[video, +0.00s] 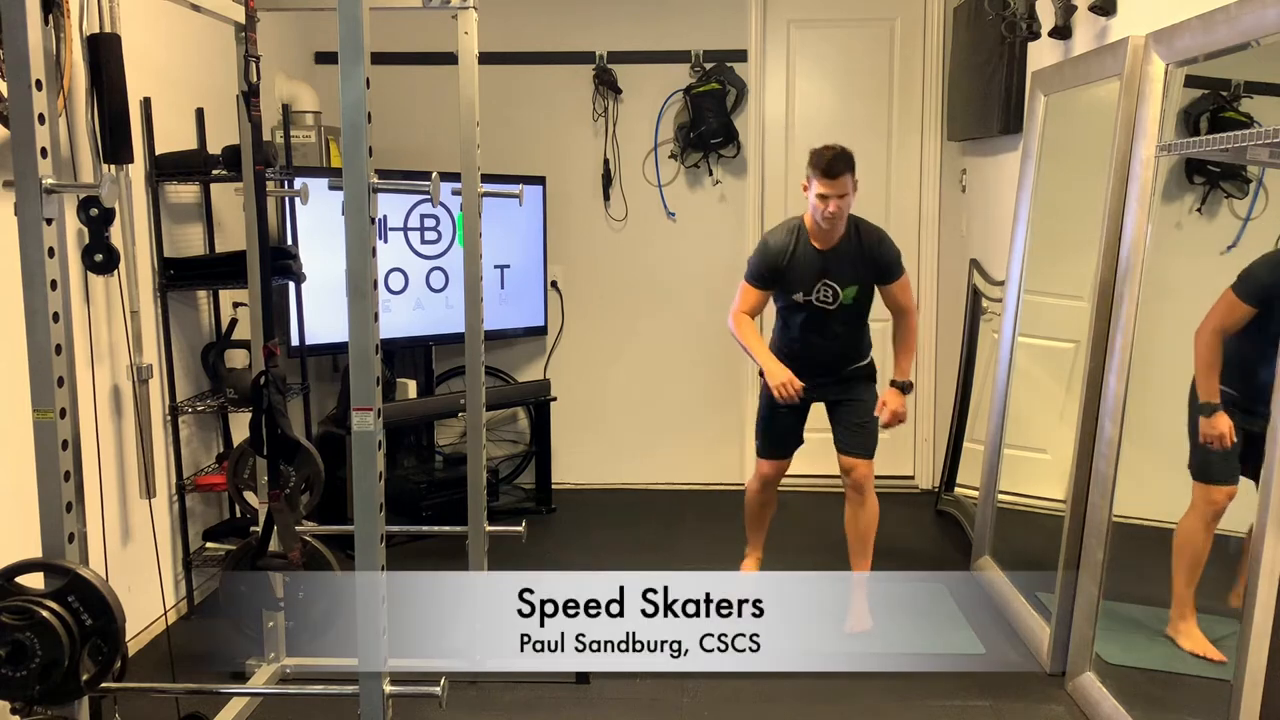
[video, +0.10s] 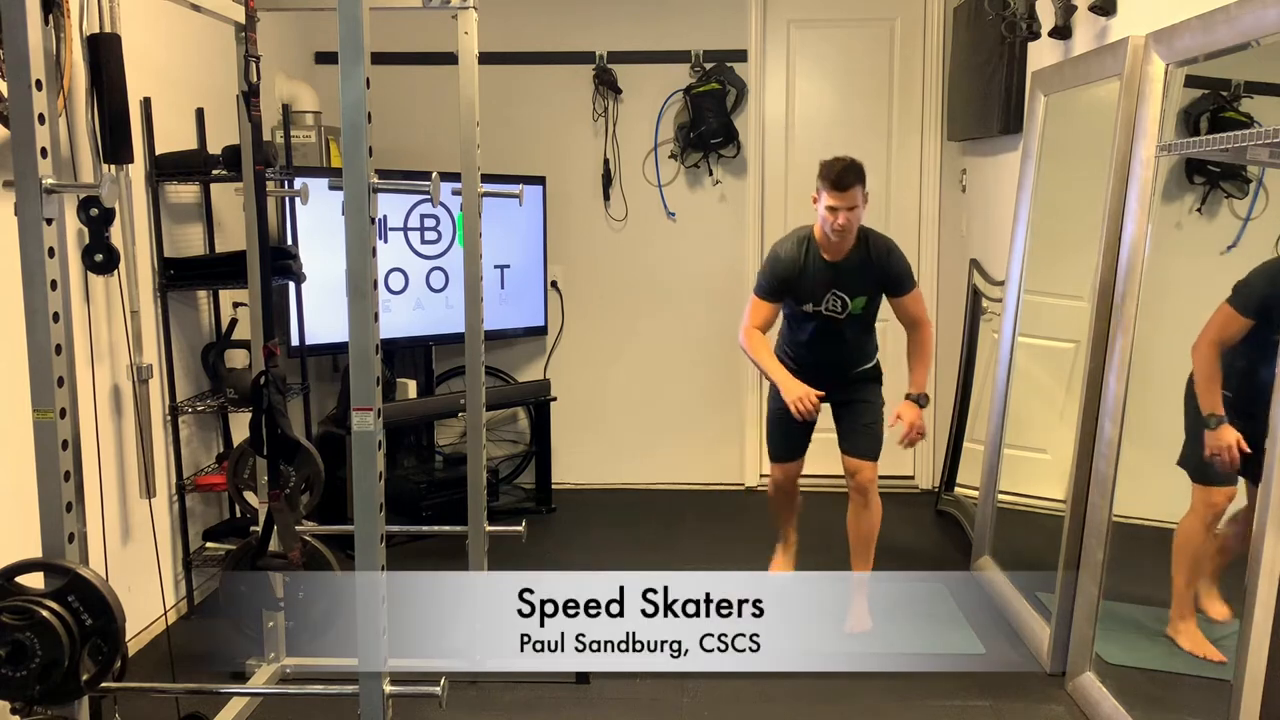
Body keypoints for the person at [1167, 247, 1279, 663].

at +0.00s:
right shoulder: (1270, 270)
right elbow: (1209, 331)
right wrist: (1211, 408)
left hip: (1265, 406)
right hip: (1221, 393)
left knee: (1274, 501)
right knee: (1214, 495)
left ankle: (1244, 592)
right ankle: (1181, 617)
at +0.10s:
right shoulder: (1270, 278)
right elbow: (1206, 345)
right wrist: (1215, 421)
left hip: (1263, 402)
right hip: (1219, 389)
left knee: (1265, 505)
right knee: (1213, 499)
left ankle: (1206, 572)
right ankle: (1180, 619)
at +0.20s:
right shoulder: (1269, 287)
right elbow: (1207, 362)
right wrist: (1230, 428)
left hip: (1258, 398)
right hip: (1215, 388)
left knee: (1243, 514)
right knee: (1216, 504)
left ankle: (1160, 547)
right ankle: (1182, 619)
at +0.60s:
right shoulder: (1275, 334)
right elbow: (1239, 411)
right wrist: (1279, 423)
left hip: (1250, 425)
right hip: (1218, 413)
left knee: (1197, 524)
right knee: (1233, 514)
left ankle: (1107, 538)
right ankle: (1181, 620)